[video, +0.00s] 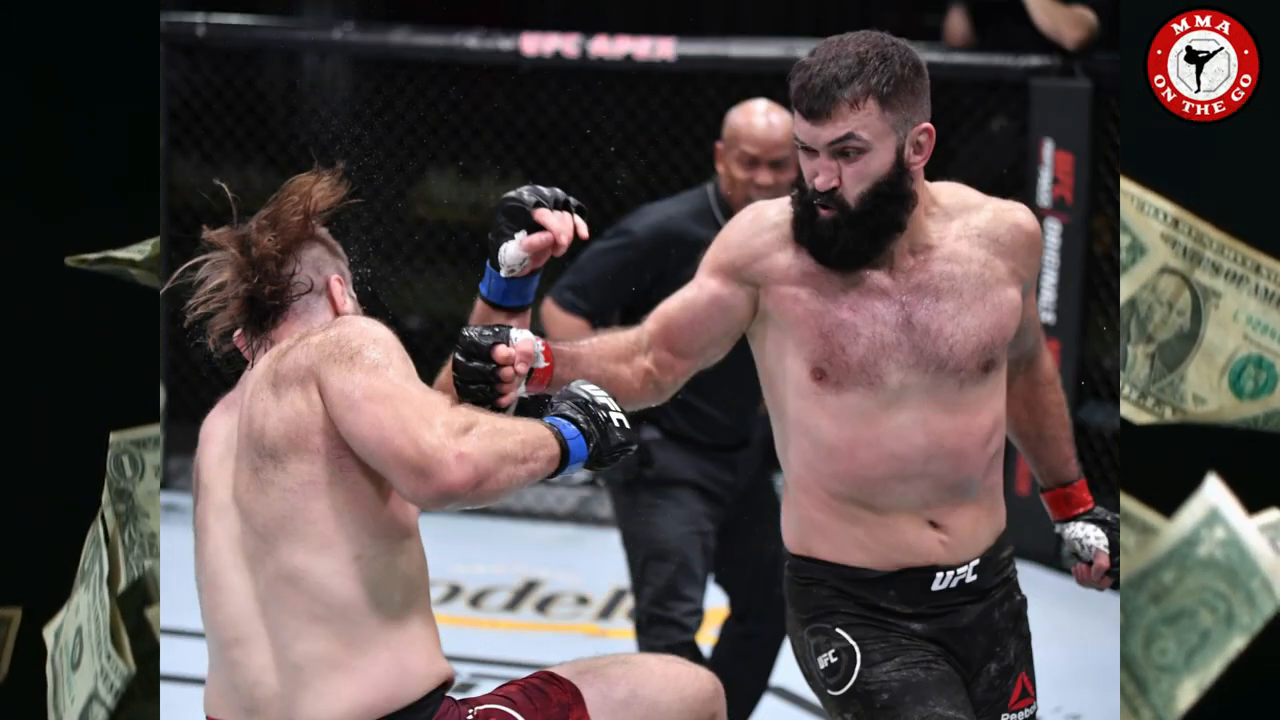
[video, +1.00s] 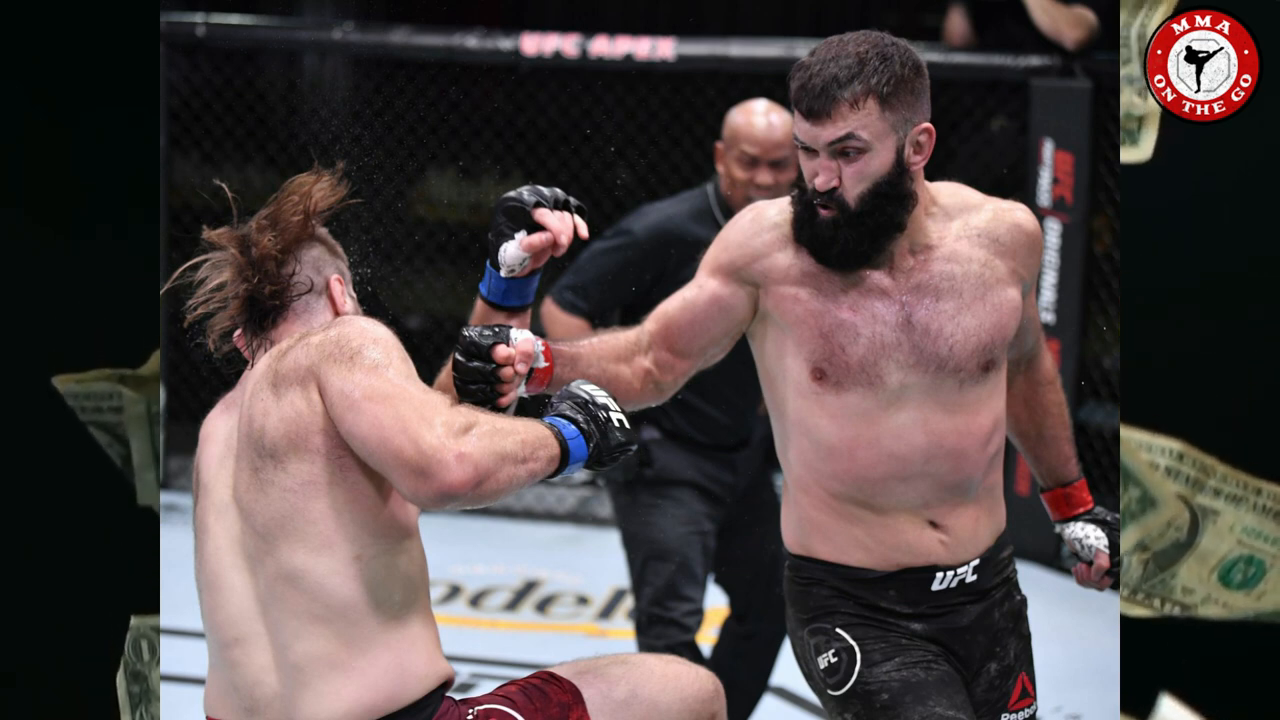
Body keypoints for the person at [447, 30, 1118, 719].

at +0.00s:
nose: (817, 177)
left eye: (845, 152)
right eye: (805, 151)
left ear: (918, 144)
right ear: (790, 140)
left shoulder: (1005, 235)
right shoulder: (758, 243)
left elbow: (1028, 367)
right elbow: (651, 360)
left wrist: (1076, 506)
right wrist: (537, 368)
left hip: (983, 594)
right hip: (845, 607)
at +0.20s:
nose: (817, 177)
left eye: (845, 152)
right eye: (805, 151)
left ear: (918, 144)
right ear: (791, 140)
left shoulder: (1006, 235)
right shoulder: (758, 243)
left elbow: (1028, 367)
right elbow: (650, 361)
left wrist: (1074, 506)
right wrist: (538, 368)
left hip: (982, 594)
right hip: (845, 607)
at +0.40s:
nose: (818, 177)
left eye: (845, 151)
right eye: (806, 151)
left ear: (918, 143)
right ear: (791, 140)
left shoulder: (1006, 235)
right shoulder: (758, 243)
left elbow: (1028, 366)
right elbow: (650, 359)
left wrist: (1074, 507)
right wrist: (538, 368)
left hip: (982, 594)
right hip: (845, 606)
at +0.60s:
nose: (818, 177)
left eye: (845, 151)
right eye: (806, 151)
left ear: (918, 143)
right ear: (791, 141)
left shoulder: (1006, 235)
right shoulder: (758, 243)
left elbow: (1027, 366)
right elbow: (650, 360)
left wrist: (1075, 507)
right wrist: (538, 368)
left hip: (982, 594)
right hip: (845, 607)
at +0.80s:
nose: (818, 177)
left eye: (845, 152)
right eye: (806, 151)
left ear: (918, 143)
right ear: (791, 140)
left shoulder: (1006, 235)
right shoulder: (758, 243)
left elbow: (1027, 366)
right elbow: (650, 360)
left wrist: (1075, 505)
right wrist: (538, 368)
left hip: (983, 594)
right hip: (845, 607)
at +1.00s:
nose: (818, 177)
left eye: (846, 151)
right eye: (806, 151)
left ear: (918, 143)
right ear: (791, 140)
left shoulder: (1006, 235)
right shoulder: (758, 243)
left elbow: (1028, 366)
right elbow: (650, 360)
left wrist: (1074, 506)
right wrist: (538, 368)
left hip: (982, 595)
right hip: (845, 607)